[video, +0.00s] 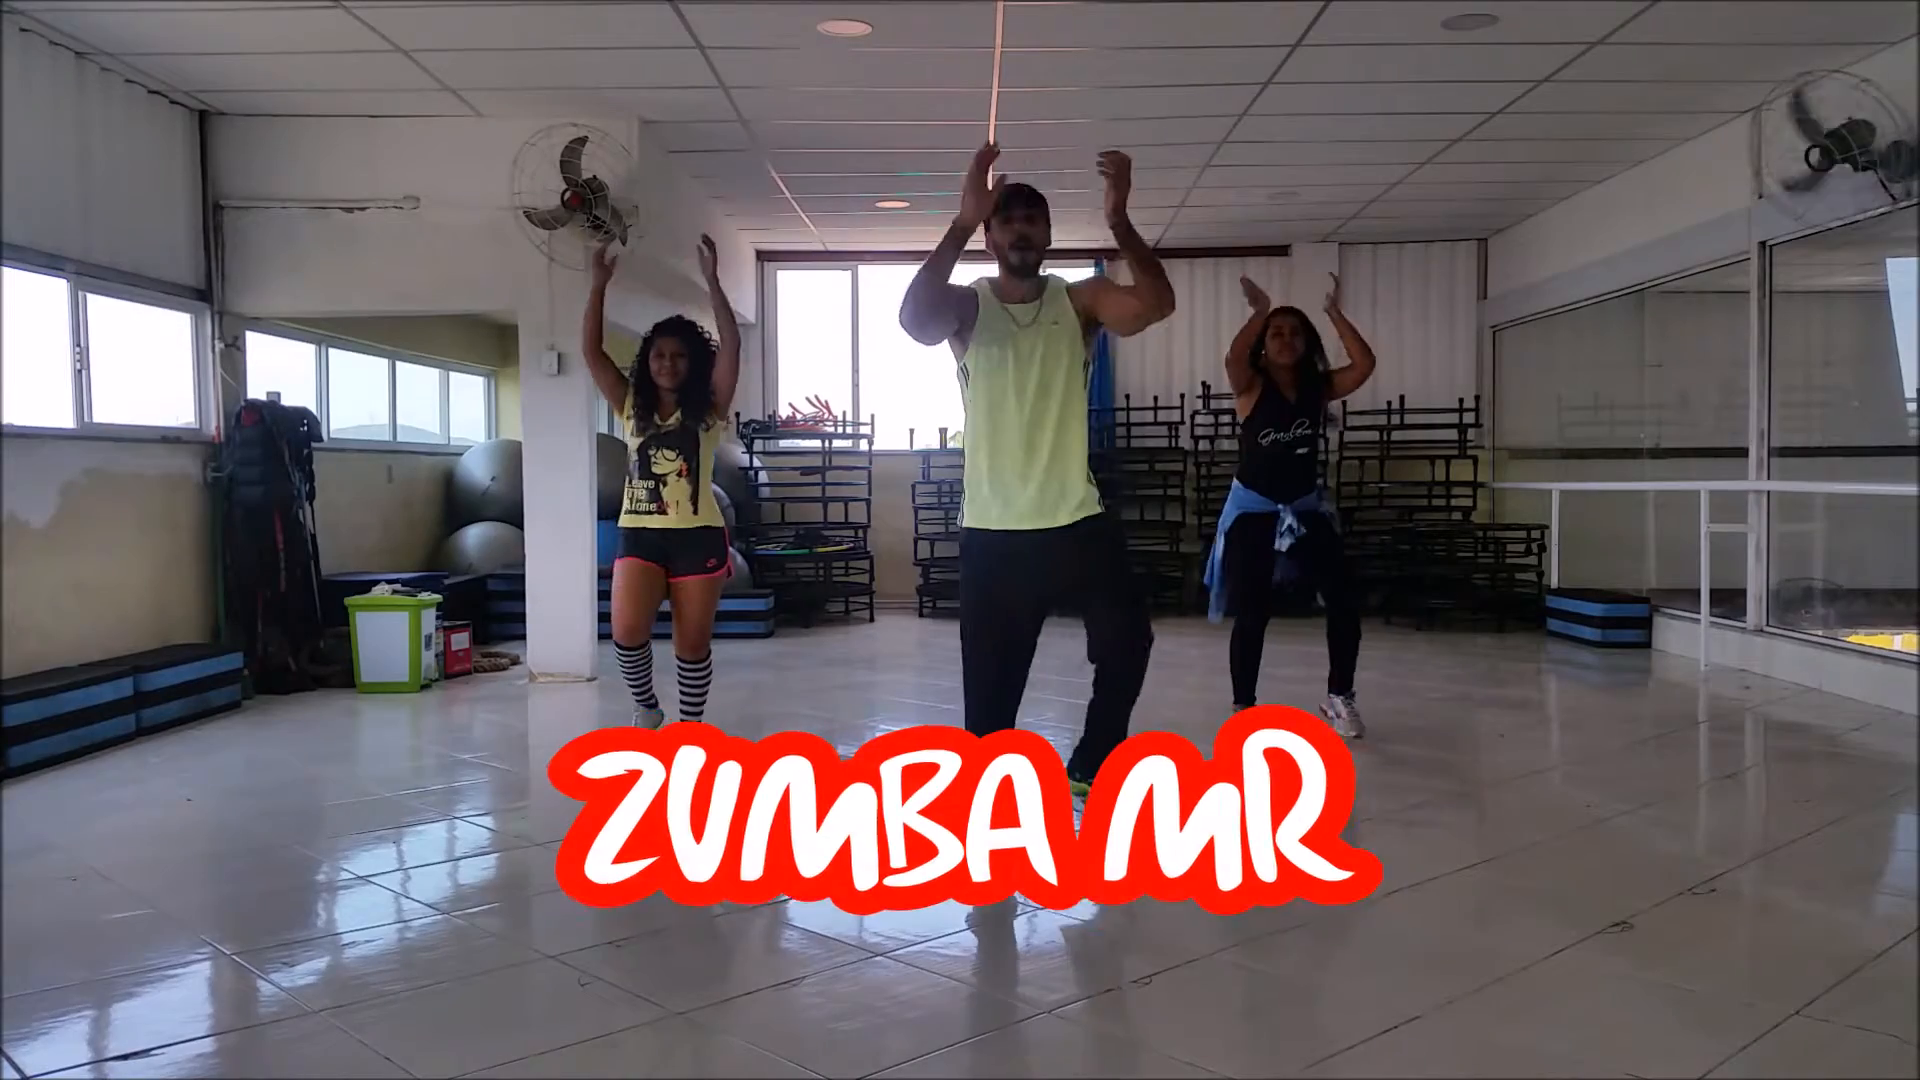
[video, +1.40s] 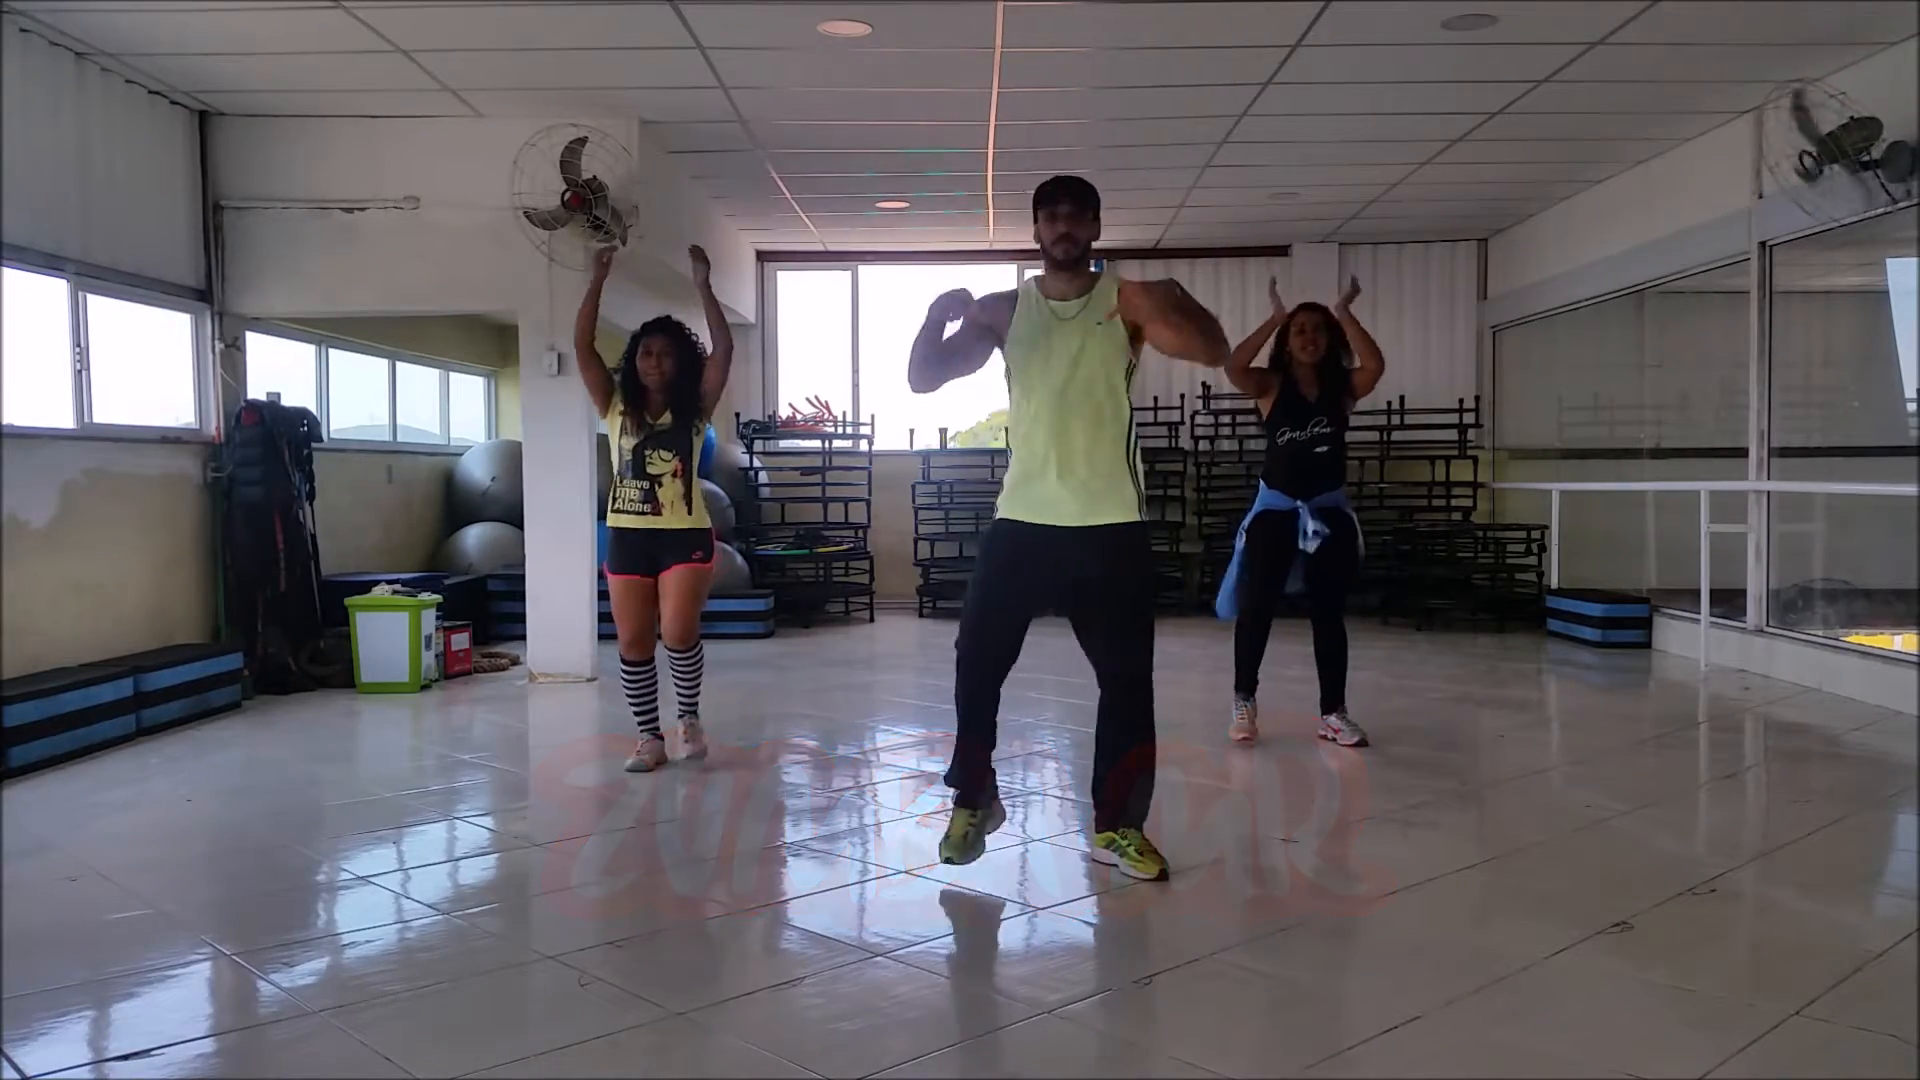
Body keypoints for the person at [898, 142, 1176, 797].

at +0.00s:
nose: (1025, 229)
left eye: (1035, 219)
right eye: (1012, 218)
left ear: (1050, 234)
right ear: (990, 234)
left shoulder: (1078, 299)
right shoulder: (970, 304)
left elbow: (1156, 302)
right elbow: (915, 318)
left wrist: (1119, 219)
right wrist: (965, 220)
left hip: (1078, 523)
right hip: (995, 532)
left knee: (1127, 640)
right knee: (989, 704)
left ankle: (1091, 767)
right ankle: (981, 825)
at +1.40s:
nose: (1066, 228)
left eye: (1079, 216)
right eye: (1053, 217)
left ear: (1098, 226)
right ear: (1035, 229)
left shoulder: (1129, 300)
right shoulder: (1004, 309)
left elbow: (1211, 350)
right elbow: (922, 378)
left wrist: (1179, 300)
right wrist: (937, 315)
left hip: (1109, 525)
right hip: (1021, 523)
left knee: (1127, 680)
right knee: (977, 663)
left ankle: (1118, 825)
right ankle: (973, 801)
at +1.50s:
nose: (1060, 233)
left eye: (1073, 221)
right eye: (1047, 221)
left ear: (1094, 227)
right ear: (1030, 229)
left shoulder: (1133, 306)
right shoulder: (1000, 312)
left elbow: (1231, 366)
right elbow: (923, 378)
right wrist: (913, 410)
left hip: (1108, 529)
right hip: (1018, 527)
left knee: (1124, 686)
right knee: (975, 669)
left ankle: (1119, 823)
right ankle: (951, 808)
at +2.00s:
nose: (1013, 242)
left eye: (1026, 230)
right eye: (1001, 229)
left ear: (1047, 239)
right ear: (985, 237)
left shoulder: (1085, 322)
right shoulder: (946, 329)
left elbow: (1136, 406)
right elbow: (907, 419)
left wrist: (1119, 465)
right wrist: (897, 498)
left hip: (1070, 540)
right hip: (976, 542)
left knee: (1125, 685)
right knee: (937, 695)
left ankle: (1133, 817)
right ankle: (915, 829)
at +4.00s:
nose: (1043, 310)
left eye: (1056, 300)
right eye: (1031, 298)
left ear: (1072, 309)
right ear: (1012, 305)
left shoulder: (1093, 390)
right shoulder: (964, 393)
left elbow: (1137, 481)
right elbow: (920, 479)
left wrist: (1172, 544)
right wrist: (945, 549)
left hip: (1105, 578)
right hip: (1014, 587)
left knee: (1174, 710)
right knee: (960, 721)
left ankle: (1182, 833)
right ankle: (894, 838)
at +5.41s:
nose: (1031, 289)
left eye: (1043, 278)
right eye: (1018, 278)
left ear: (1060, 290)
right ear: (1000, 292)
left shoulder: (1104, 370)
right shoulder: (972, 393)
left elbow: (1138, 466)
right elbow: (939, 492)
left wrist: (1143, 534)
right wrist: (903, 565)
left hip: (1084, 583)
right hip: (987, 582)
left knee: (1158, 712)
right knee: (933, 716)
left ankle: (1180, 832)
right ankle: (886, 834)